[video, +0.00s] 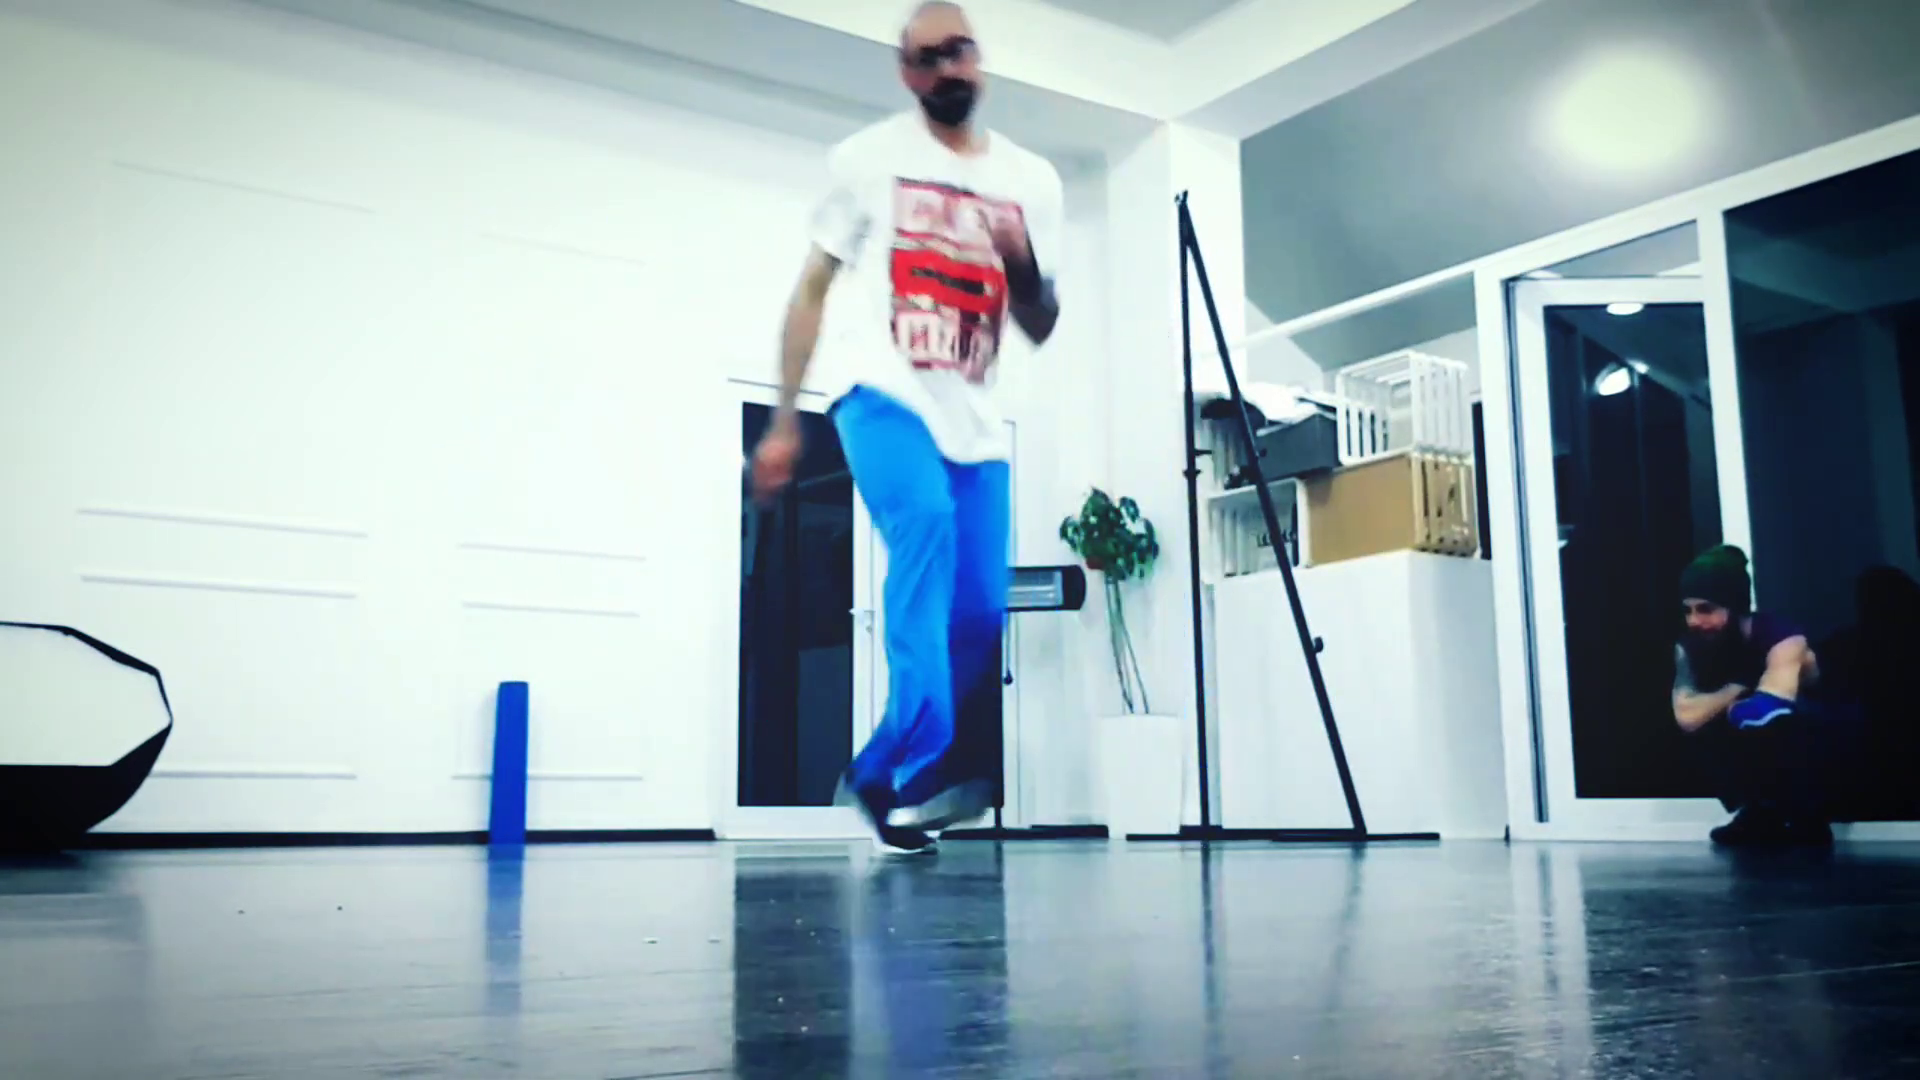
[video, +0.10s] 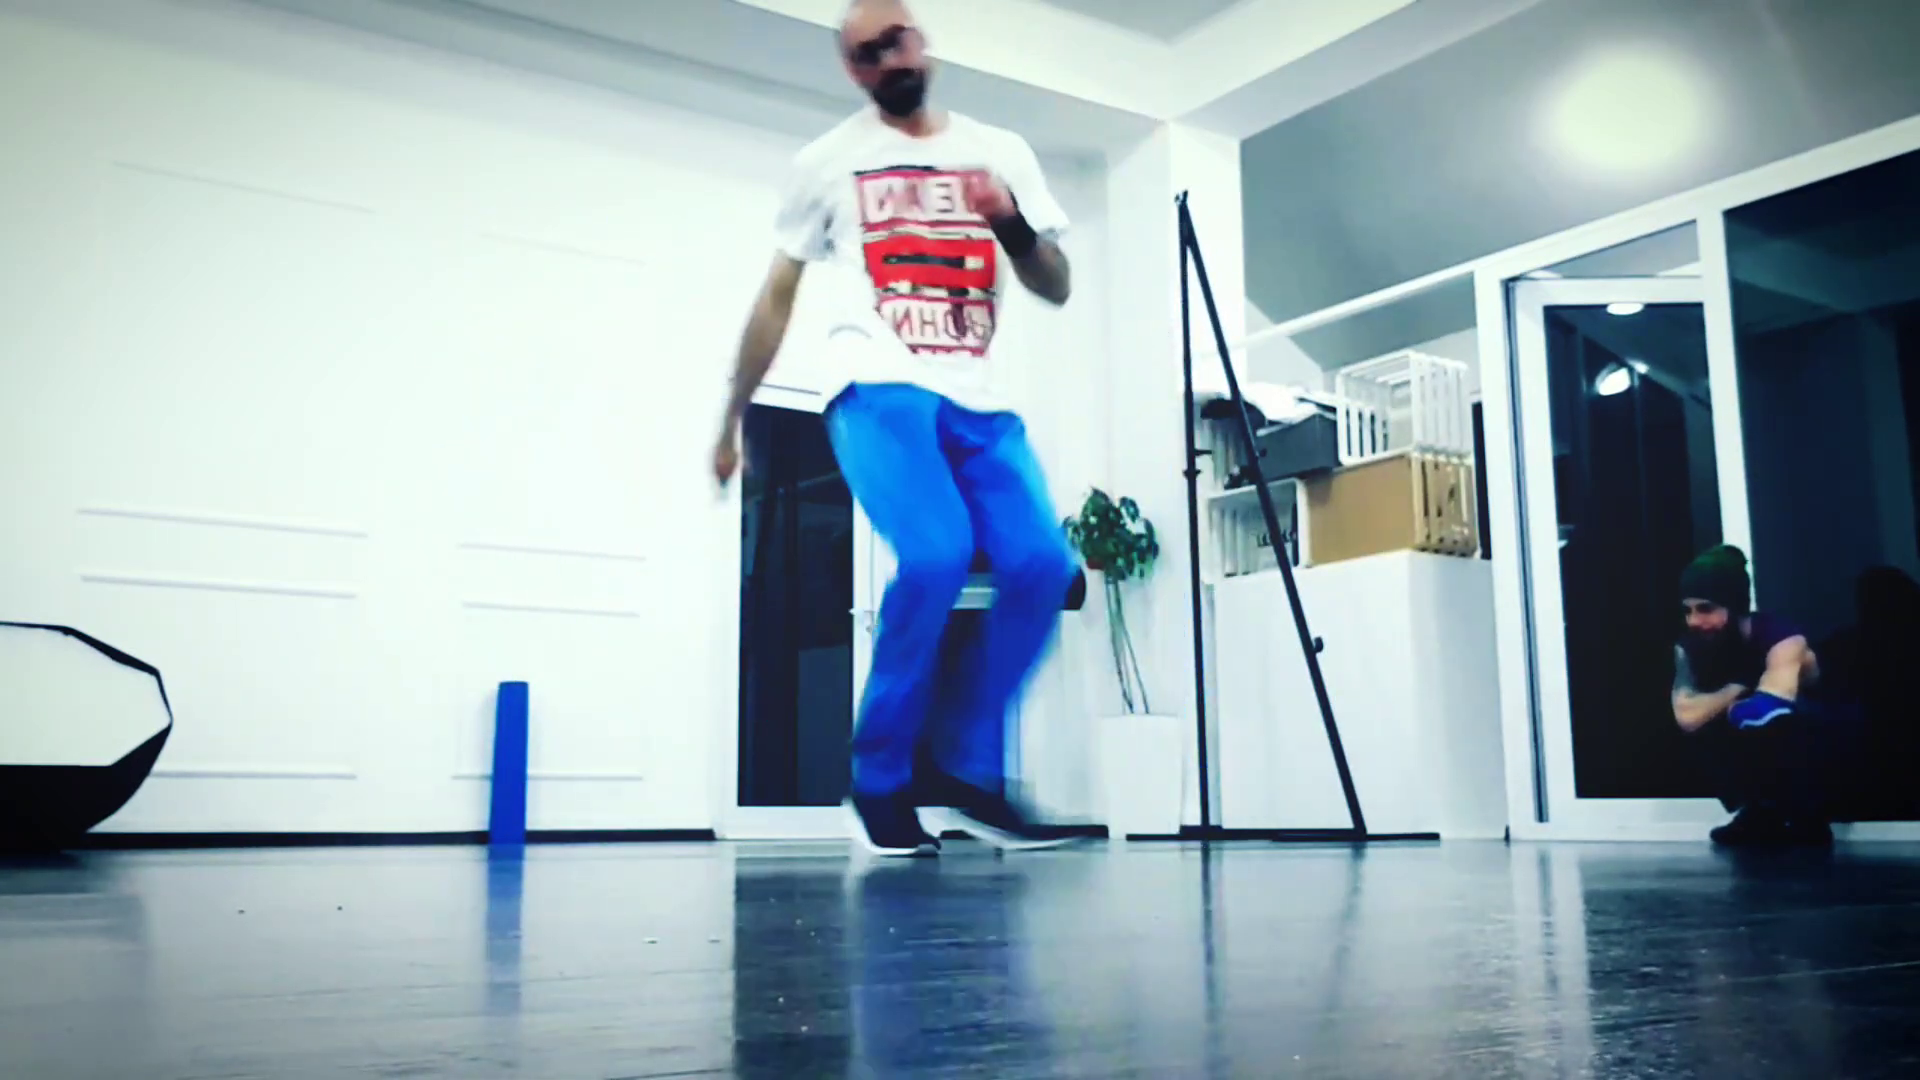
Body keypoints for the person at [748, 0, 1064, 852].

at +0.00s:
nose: (948, 68)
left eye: (958, 51)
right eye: (928, 58)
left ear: (982, 57)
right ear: (905, 72)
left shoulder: (1029, 177)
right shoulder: (868, 159)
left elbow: (1039, 326)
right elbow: (811, 289)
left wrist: (1020, 260)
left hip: (978, 408)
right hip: (883, 391)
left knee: (984, 604)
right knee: (927, 524)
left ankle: (879, 772)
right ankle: (920, 775)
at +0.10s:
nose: (893, 60)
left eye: (901, 39)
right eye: (871, 51)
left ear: (926, 41)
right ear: (850, 68)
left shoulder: (999, 151)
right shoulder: (828, 163)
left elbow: (1057, 288)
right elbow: (776, 295)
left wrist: (1008, 224)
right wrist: (730, 419)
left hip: (979, 398)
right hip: (878, 392)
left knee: (1041, 567)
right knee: (938, 556)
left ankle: (960, 766)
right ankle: (880, 781)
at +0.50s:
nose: (735, 108)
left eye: (741, 85)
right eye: (720, 105)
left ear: (782, 75)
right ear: (720, 123)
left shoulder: (903, 162)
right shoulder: (759, 212)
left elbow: (1003, 278)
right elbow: (668, 271)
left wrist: (1094, 381)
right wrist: (672, 156)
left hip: (932, 393)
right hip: (885, 416)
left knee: (806, 563)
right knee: (901, 651)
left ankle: (880, 801)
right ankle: (1102, 637)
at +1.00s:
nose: (735, 136)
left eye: (735, 114)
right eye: (725, 135)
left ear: (774, 84)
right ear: (744, 143)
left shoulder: (842, 109)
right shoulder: (823, 187)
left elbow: (785, 210)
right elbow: (928, 284)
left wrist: (670, 218)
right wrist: (1016, 401)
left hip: (910, 370)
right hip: (854, 384)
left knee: (813, 546)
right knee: (778, 572)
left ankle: (960, 737)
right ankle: (905, 771)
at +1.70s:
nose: (855, 119)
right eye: (853, 105)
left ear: (778, 86)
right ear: (837, 93)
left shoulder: (689, 132)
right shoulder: (842, 114)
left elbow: (588, 269)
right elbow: (952, 232)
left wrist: (635, 351)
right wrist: (910, 346)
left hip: (638, 329)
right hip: (732, 314)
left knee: (677, 551)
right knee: (800, 529)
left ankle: (651, 785)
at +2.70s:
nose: (822, 72)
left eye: (833, 52)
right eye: (801, 58)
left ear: (852, 53)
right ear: (772, 70)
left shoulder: (934, 141)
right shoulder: (763, 187)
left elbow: (1011, 270)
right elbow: (757, 335)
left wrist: (955, 327)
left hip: (968, 393)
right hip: (871, 417)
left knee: (954, 568)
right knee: (894, 606)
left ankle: (1015, 770)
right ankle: (941, 791)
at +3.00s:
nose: (875, 38)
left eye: (890, 20)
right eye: (858, 23)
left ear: (913, 28)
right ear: (835, 35)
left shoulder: (980, 111)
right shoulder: (805, 146)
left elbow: (1075, 230)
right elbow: (789, 264)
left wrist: (1002, 185)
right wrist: (818, 359)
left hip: (993, 368)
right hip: (897, 391)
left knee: (976, 518)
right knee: (930, 588)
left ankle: (1050, 613)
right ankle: (986, 778)